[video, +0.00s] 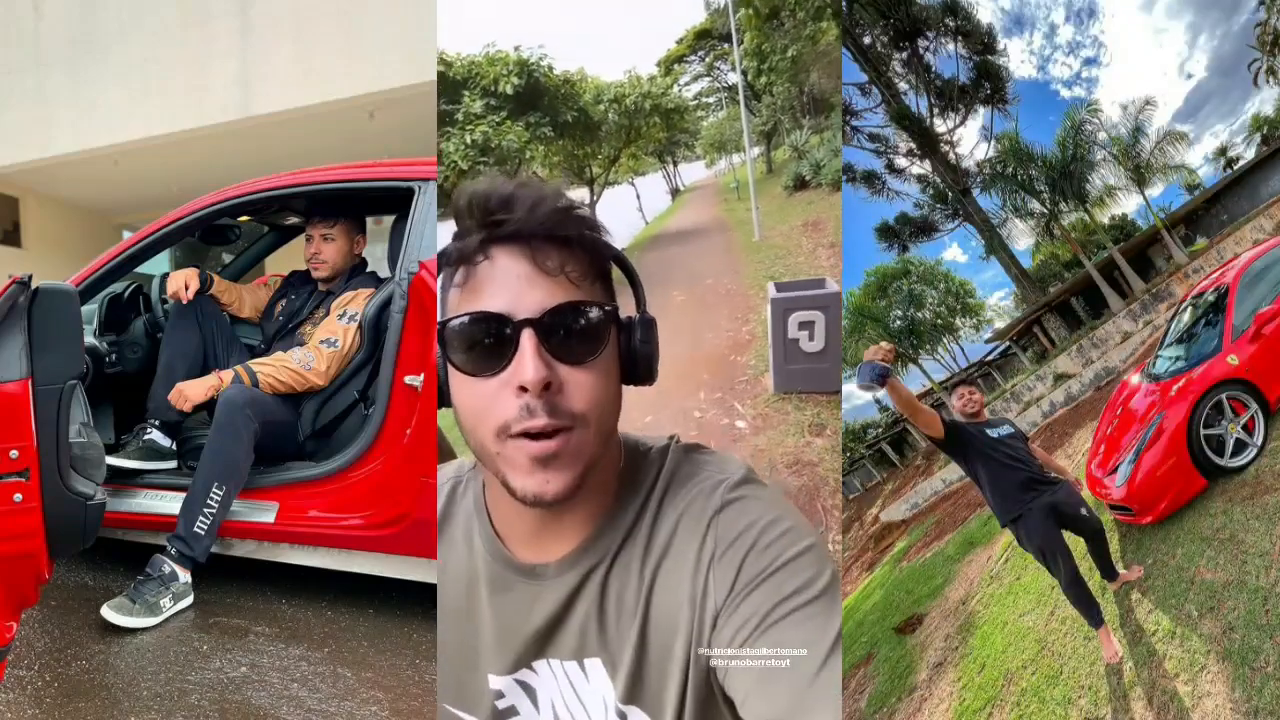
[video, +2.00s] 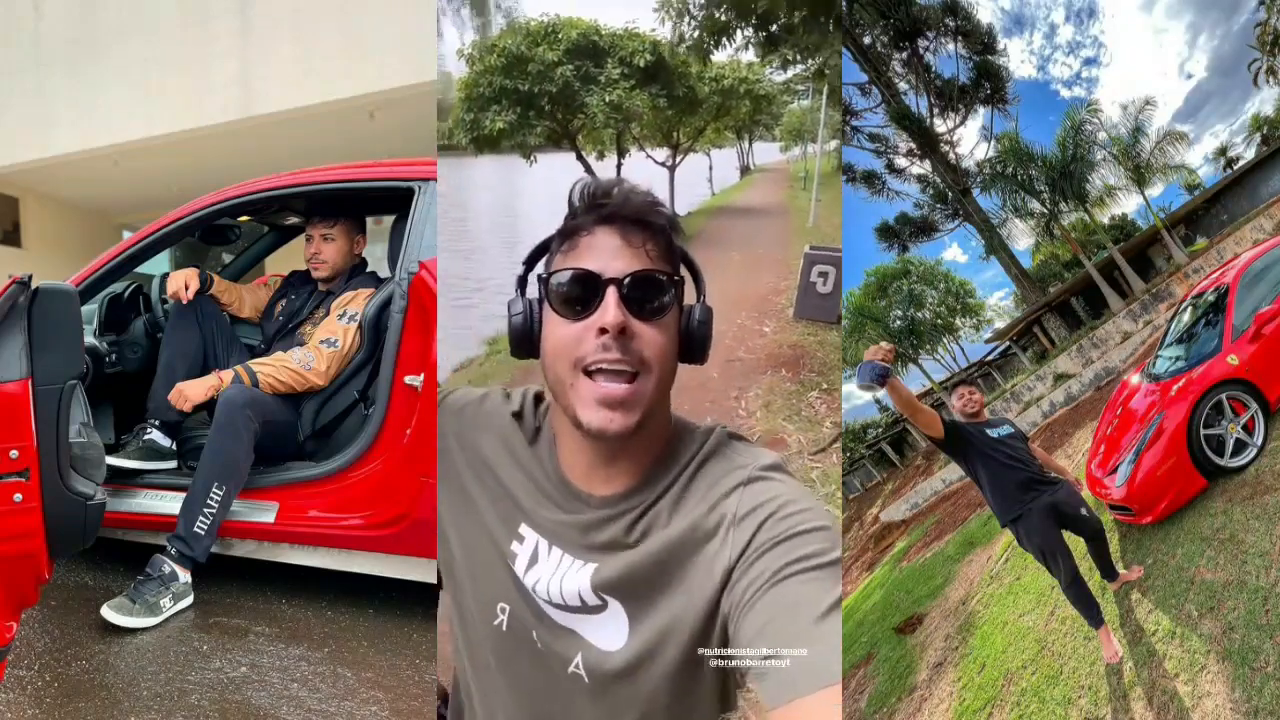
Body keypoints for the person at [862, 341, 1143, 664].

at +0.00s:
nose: (966, 397)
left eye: (971, 392)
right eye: (959, 397)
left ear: (983, 398)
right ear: (953, 410)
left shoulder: (1004, 424)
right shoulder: (956, 436)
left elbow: (1037, 454)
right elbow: (917, 413)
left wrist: (1067, 475)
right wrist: (886, 376)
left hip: (1051, 489)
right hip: (1022, 512)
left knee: (1093, 527)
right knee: (1065, 570)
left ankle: (1114, 576)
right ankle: (1101, 627)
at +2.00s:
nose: (967, 397)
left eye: (971, 392)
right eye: (959, 397)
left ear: (983, 398)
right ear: (953, 410)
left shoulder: (1003, 424)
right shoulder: (957, 436)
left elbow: (1037, 454)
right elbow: (916, 412)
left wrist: (1067, 475)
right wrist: (885, 374)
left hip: (1052, 489)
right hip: (1022, 512)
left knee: (1094, 528)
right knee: (1065, 571)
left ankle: (1114, 576)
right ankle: (1101, 628)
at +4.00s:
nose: (967, 397)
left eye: (971, 392)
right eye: (959, 397)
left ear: (983, 398)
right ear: (953, 410)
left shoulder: (1003, 424)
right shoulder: (957, 436)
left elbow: (1037, 454)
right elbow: (916, 412)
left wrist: (1067, 476)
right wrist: (885, 375)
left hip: (1051, 489)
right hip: (1021, 512)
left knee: (1094, 528)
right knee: (1066, 571)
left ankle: (1113, 576)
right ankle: (1101, 629)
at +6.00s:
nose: (967, 397)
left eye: (971, 392)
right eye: (959, 398)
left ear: (983, 398)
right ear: (953, 411)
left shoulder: (1004, 424)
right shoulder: (957, 436)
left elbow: (1037, 454)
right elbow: (916, 412)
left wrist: (1068, 475)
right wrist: (885, 374)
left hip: (1051, 489)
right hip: (1022, 512)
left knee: (1093, 528)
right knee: (1066, 572)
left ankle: (1114, 576)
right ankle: (1101, 628)